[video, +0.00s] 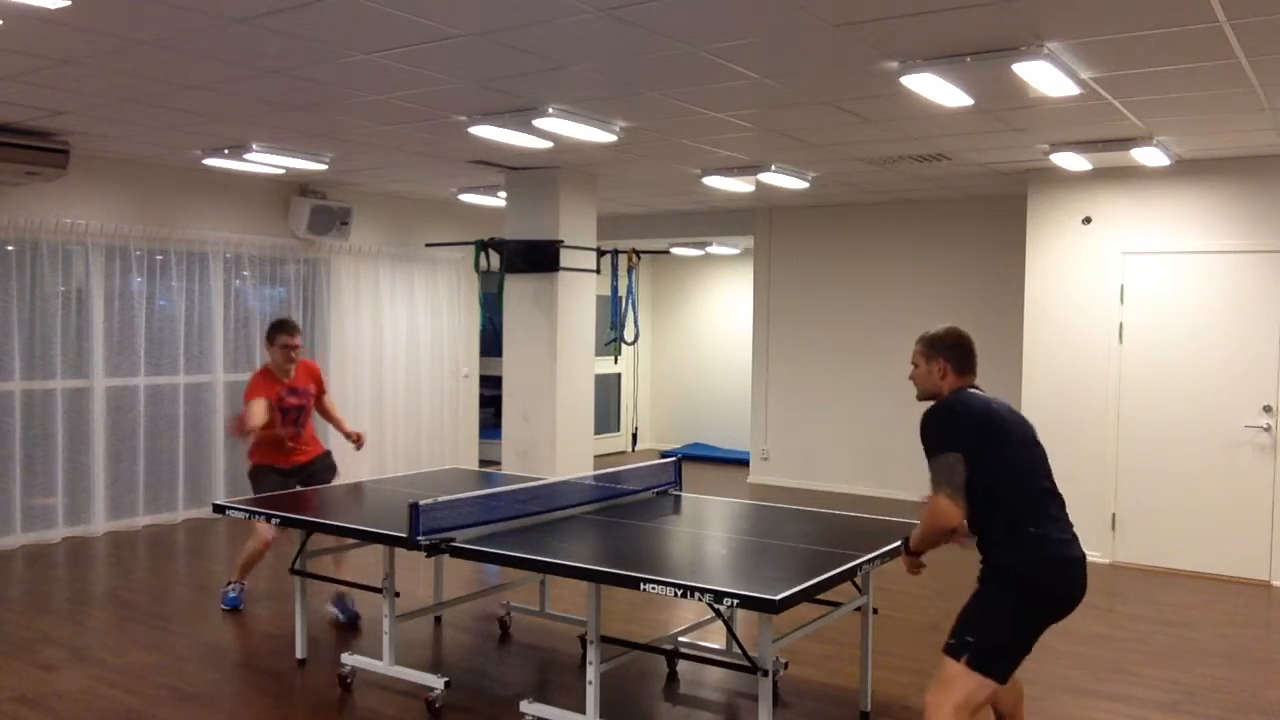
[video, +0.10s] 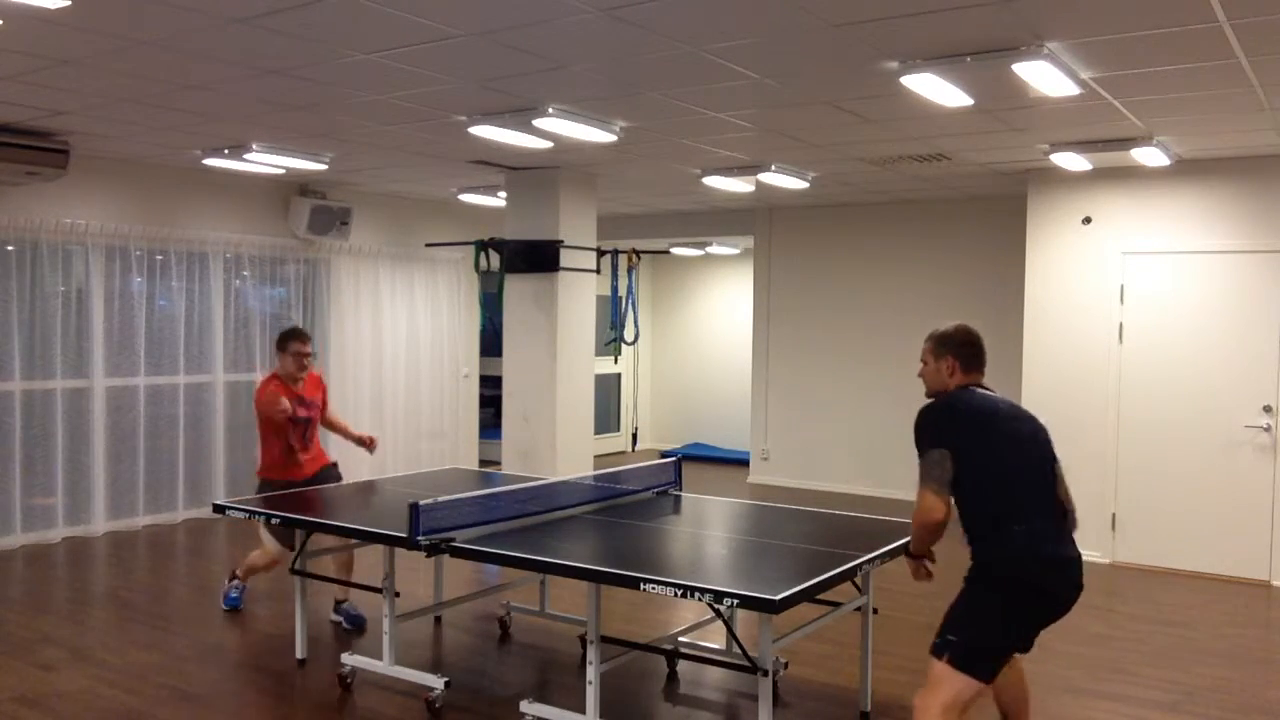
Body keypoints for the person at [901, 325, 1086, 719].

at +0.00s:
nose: (911, 374)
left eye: (916, 365)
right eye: (912, 365)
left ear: (941, 369)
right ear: (951, 370)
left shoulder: (946, 413)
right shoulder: (999, 411)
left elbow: (947, 516)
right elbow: (1016, 505)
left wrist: (914, 548)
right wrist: (961, 528)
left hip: (1023, 571)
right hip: (1063, 568)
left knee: (945, 701)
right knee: (996, 675)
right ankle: (1011, 713)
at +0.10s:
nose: (921, 373)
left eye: (925, 364)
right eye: (921, 364)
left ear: (949, 367)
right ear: (974, 369)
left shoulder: (940, 414)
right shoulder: (1022, 417)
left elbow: (933, 513)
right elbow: (1065, 511)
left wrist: (916, 552)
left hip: (1006, 571)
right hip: (1062, 570)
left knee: (935, 702)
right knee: (997, 652)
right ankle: (1017, 713)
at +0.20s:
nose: (929, 380)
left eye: (933, 370)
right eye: (930, 371)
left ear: (956, 369)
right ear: (984, 371)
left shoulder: (940, 417)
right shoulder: (1034, 425)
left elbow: (925, 514)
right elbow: (1072, 520)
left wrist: (919, 558)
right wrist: (1055, 568)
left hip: (996, 577)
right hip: (1057, 577)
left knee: (924, 704)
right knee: (1003, 654)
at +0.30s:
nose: (932, 383)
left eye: (935, 372)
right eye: (932, 373)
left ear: (957, 373)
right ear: (987, 375)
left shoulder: (937, 418)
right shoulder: (1036, 430)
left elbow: (921, 517)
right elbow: (1071, 534)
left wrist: (919, 565)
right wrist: (1048, 581)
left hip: (989, 582)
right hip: (1051, 582)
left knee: (909, 705)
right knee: (1001, 657)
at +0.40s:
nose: (925, 377)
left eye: (928, 366)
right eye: (925, 366)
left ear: (948, 366)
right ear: (981, 368)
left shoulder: (934, 416)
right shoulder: (1023, 423)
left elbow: (923, 516)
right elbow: (1023, 507)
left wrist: (913, 560)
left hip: (987, 583)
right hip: (1047, 579)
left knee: (901, 705)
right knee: (995, 658)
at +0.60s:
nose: (889, 365)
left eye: (893, 355)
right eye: (889, 355)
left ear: (912, 358)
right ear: (930, 358)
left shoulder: (938, 417)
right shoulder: (963, 404)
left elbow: (953, 532)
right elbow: (892, 418)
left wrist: (898, 564)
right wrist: (840, 399)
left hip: (1010, 588)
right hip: (1042, 578)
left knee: (900, 708)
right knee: (986, 666)